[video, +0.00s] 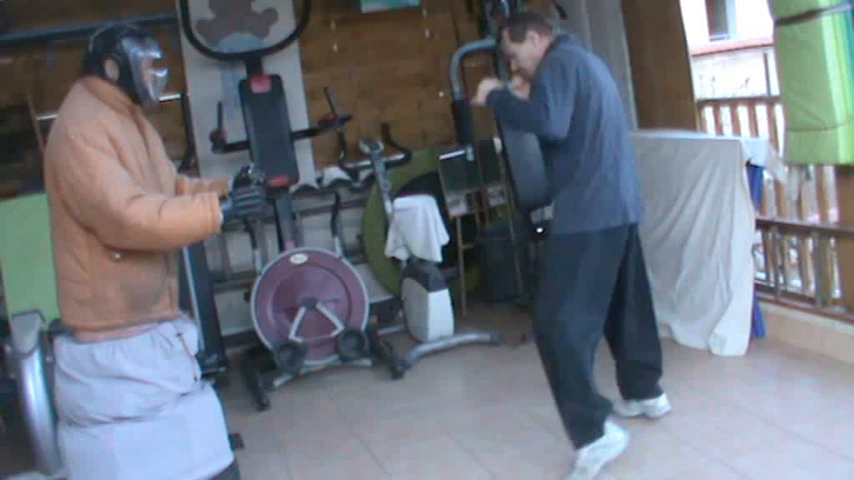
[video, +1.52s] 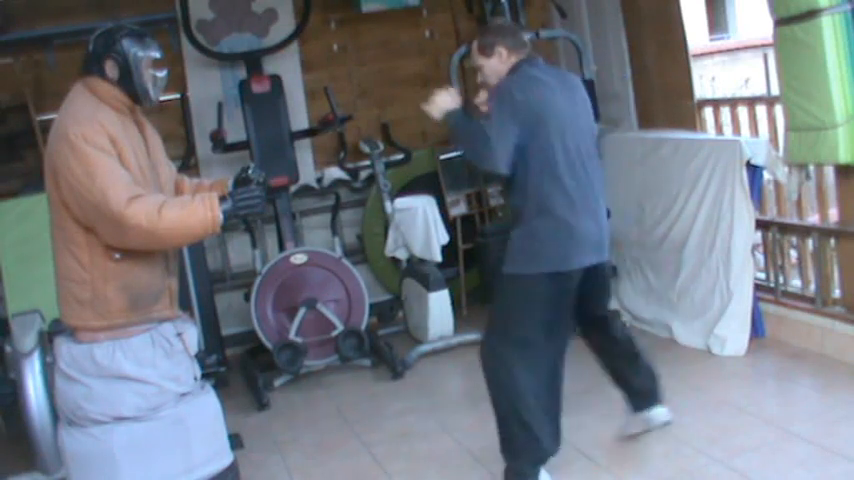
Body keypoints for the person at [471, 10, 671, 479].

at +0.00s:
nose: (517, 65)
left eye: (517, 57)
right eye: (513, 59)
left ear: (536, 37)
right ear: (543, 34)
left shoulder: (560, 62)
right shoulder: (585, 59)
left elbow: (550, 123)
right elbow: (576, 124)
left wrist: (496, 97)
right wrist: (532, 92)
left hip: (587, 213)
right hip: (621, 208)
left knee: (556, 323)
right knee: (627, 302)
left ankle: (595, 435)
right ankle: (645, 393)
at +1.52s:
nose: (480, 75)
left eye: (480, 66)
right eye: (477, 67)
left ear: (501, 54)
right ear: (521, 50)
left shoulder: (513, 91)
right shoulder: (571, 82)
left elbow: (496, 158)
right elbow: (562, 142)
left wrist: (453, 115)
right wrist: (501, 108)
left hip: (545, 243)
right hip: (592, 234)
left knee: (509, 348)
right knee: (597, 319)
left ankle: (527, 464)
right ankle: (649, 404)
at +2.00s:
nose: (422, 81)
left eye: (424, 70)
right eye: (420, 72)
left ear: (449, 62)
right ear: (463, 62)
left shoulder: (468, 104)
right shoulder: (512, 101)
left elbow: (440, 176)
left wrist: (384, 134)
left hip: (479, 279)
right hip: (529, 269)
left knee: (462, 392)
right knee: (545, 360)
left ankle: (464, 472)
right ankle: (590, 442)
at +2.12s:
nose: (410, 76)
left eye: (413, 65)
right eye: (409, 66)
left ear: (435, 56)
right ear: (448, 58)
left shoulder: (440, 99)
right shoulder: (501, 102)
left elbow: (399, 153)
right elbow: (516, 179)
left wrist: (340, 109)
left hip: (452, 266)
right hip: (502, 261)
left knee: (450, 375)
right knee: (495, 357)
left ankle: (459, 471)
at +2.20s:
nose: (408, 72)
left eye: (411, 62)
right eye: (407, 63)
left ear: (432, 56)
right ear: (453, 57)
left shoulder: (428, 98)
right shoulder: (499, 103)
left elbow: (358, 121)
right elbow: (504, 180)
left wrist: (346, 65)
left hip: (438, 269)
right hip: (487, 265)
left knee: (423, 375)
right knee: (460, 370)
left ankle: (444, 469)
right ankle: (458, 463)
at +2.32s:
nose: (412, 73)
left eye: (415, 63)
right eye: (411, 64)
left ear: (439, 54)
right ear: (455, 55)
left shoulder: (440, 93)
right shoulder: (500, 102)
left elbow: (374, 130)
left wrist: (326, 91)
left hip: (415, 239)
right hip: (471, 254)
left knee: (316, 291)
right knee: (457, 365)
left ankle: (360, 394)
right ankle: (452, 470)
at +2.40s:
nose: (409, 75)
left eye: (410, 66)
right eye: (407, 66)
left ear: (430, 54)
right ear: (451, 55)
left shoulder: (431, 90)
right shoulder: (495, 101)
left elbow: (384, 145)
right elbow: (453, 154)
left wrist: (312, 123)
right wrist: (391, 121)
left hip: (407, 221)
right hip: (461, 249)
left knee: (297, 208)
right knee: (449, 355)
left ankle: (305, 308)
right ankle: (440, 468)